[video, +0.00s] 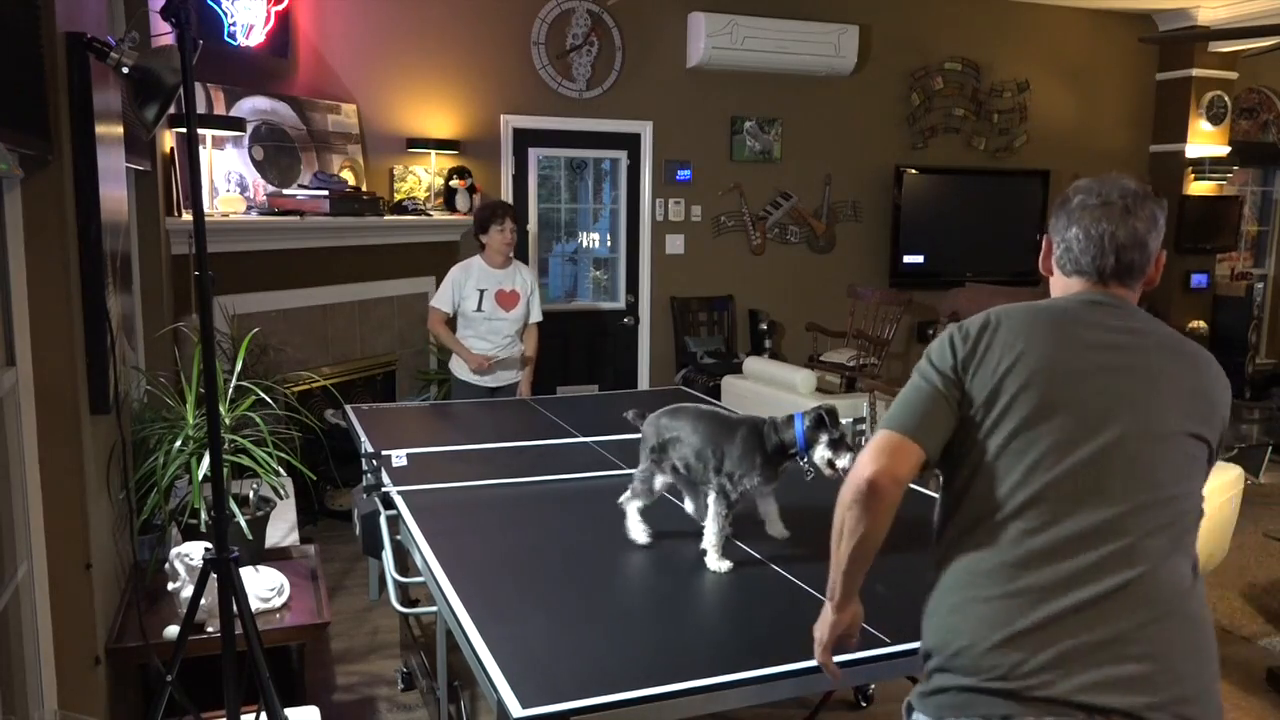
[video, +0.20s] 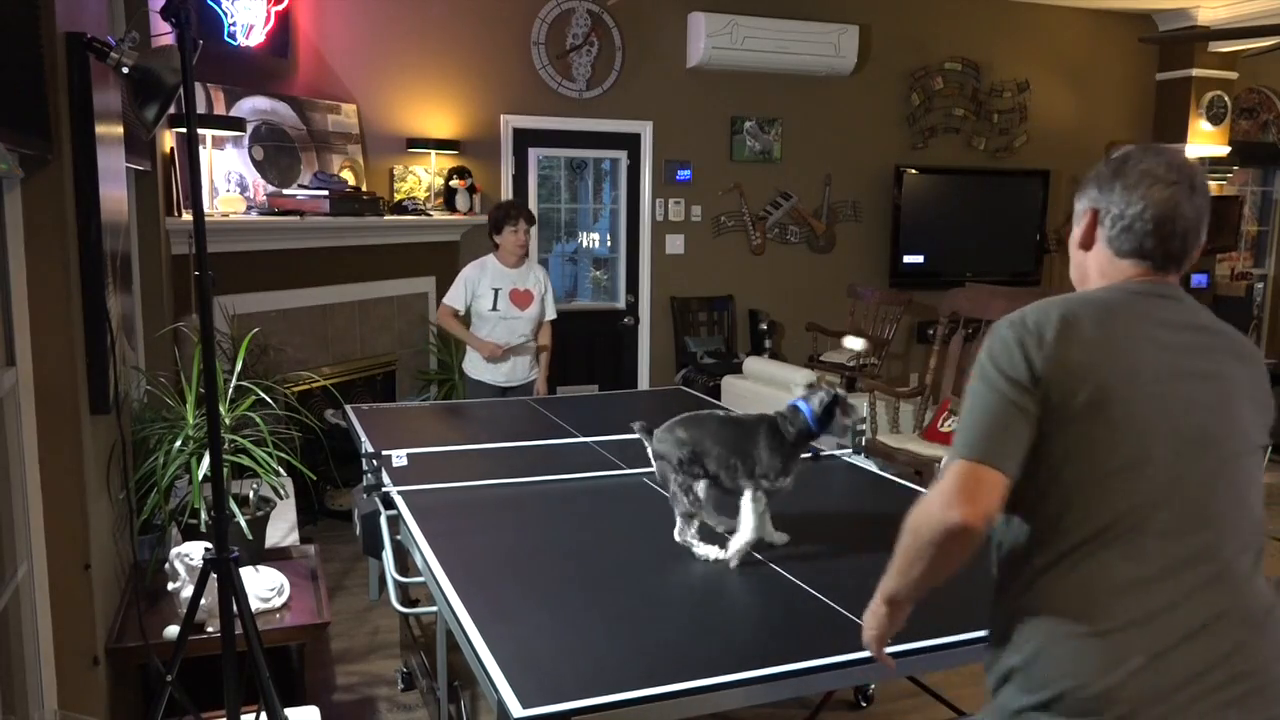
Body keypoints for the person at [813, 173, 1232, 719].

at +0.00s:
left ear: (1046, 256)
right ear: (1155, 269)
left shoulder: (975, 340)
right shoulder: (1206, 376)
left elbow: (875, 476)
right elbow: (1173, 510)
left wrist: (840, 600)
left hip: (983, 689)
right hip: (1163, 698)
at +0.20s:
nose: (1068, 242)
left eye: (1072, 224)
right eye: (1071, 224)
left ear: (1089, 227)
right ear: (1193, 251)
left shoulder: (1035, 333)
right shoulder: (1245, 358)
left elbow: (964, 512)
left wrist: (890, 602)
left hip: (1080, 688)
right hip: (1243, 683)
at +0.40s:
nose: (1103, 231)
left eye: (1108, 212)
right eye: (1104, 211)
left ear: (1142, 216)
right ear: (1238, 229)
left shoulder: (1121, 345)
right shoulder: (1271, 330)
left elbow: (1110, 565)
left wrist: (981, 643)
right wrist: (1077, 439)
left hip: (1162, 696)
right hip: (1266, 685)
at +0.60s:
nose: (1112, 230)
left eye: (1120, 211)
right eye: (1114, 212)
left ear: (1160, 215)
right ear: (1249, 221)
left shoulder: (1155, 362)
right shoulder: (1267, 324)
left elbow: (1168, 609)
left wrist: (1049, 669)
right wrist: (1116, 587)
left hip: (1201, 699)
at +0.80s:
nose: (1091, 237)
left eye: (1096, 214)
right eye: (1091, 215)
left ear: (1138, 221)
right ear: (1241, 228)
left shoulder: (1124, 378)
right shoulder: (1271, 340)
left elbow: (1115, 638)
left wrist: (1023, 687)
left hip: (1176, 702)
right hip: (1269, 686)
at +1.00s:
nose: (1046, 231)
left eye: (1052, 207)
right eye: (1048, 208)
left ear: (1085, 218)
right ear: (1201, 225)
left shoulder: (1078, 380)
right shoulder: (1268, 348)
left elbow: (1061, 658)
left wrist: (997, 708)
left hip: (1146, 699)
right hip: (1265, 690)